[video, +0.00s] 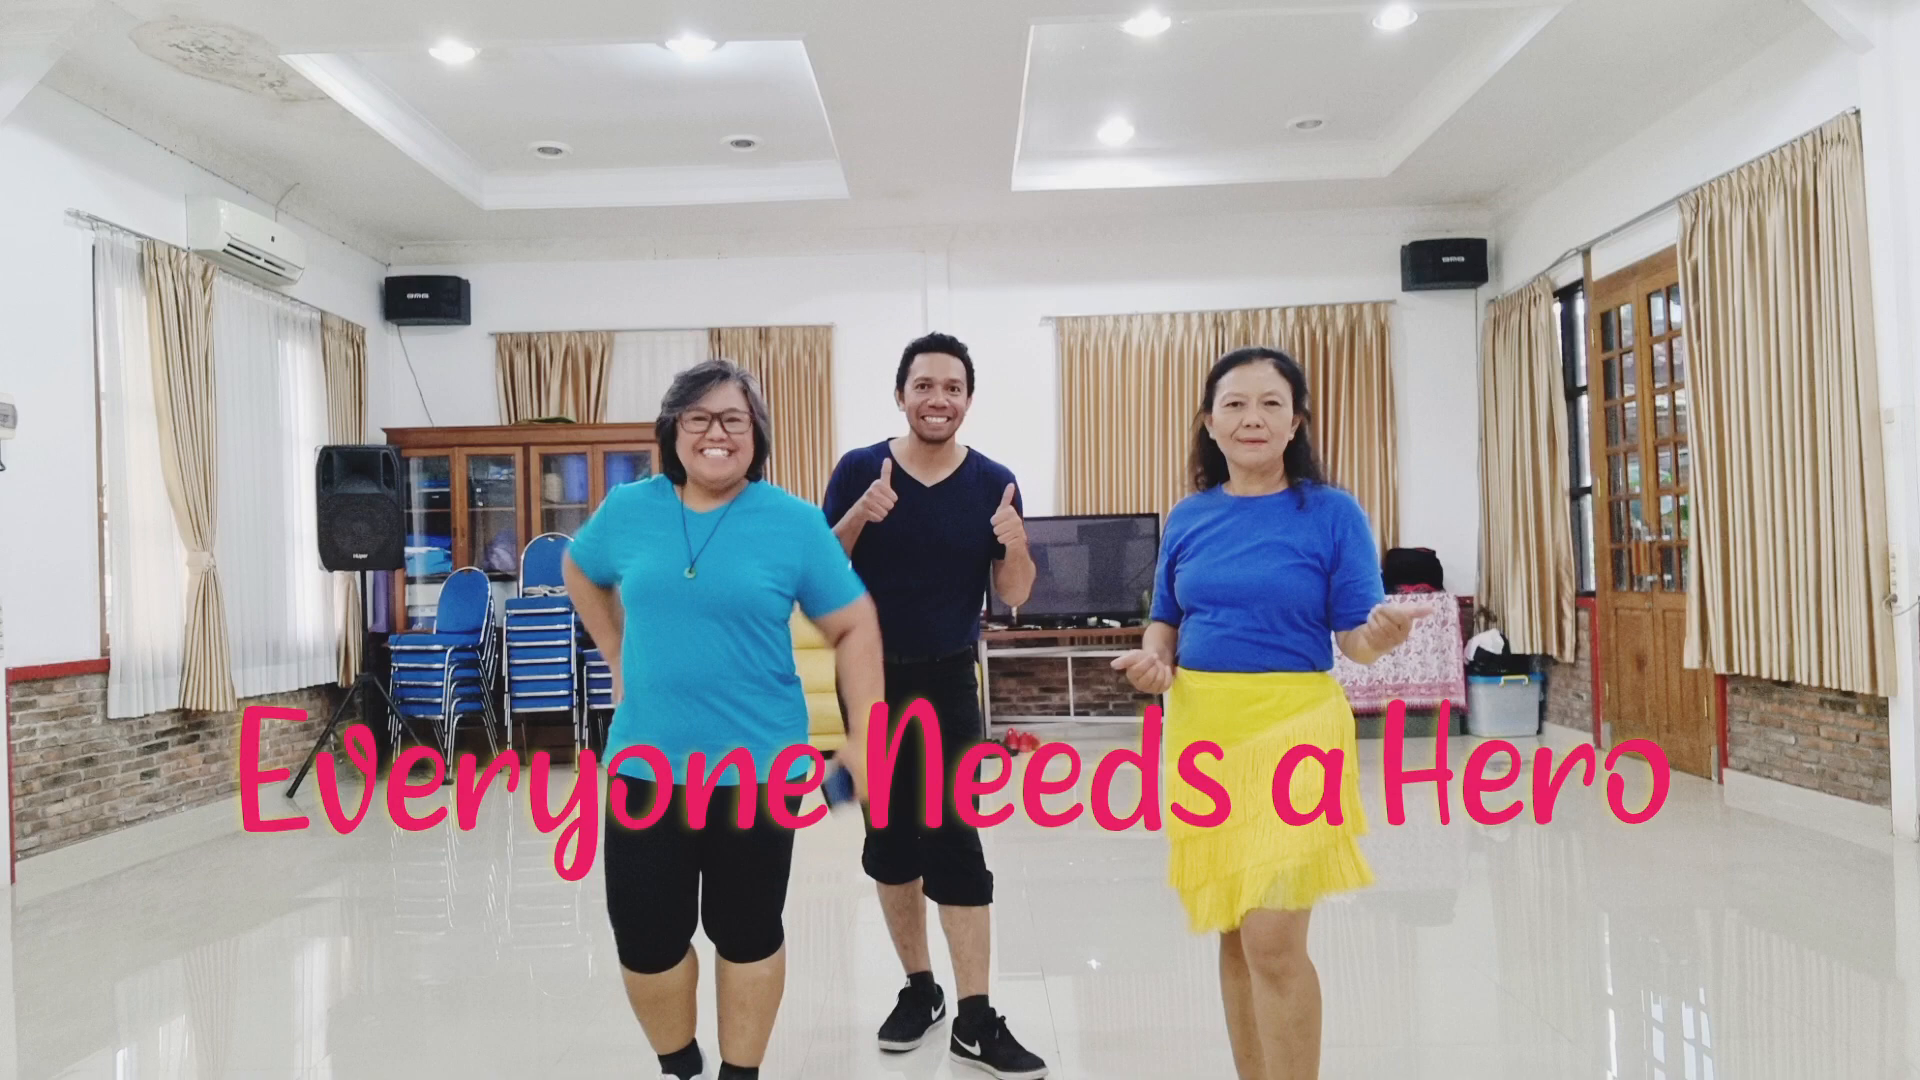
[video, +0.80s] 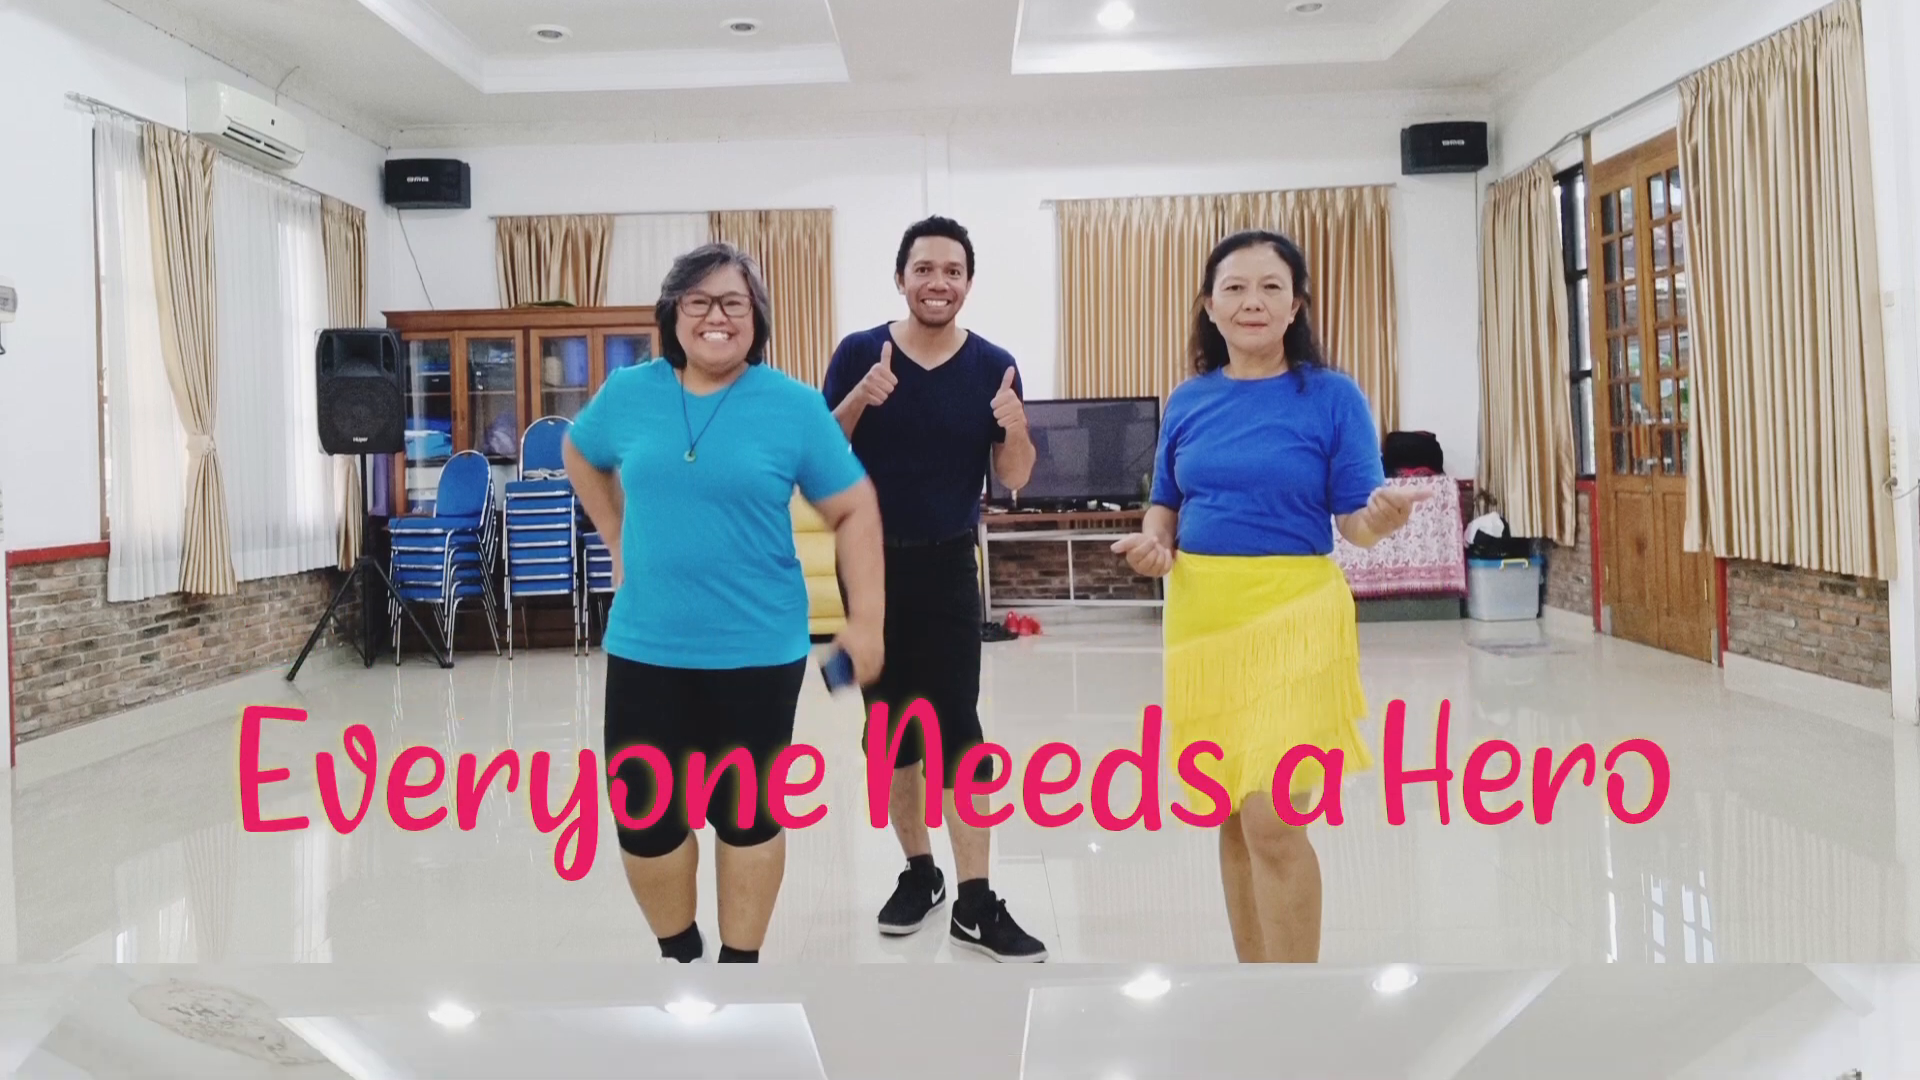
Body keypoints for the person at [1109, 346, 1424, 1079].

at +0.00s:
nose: (1252, 418)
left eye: (1270, 404)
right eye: (1234, 404)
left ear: (1295, 421)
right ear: (1210, 421)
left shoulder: (1333, 512)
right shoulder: (1186, 517)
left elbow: (1356, 643)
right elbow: (1163, 628)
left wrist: (1380, 635)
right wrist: (1151, 660)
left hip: (1297, 723)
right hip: (1204, 724)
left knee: (1272, 941)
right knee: (1237, 941)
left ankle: (1296, 1077)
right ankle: (1254, 1078)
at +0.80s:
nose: (1252, 302)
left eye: (1270, 287)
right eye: (1234, 288)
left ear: (1295, 304)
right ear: (1210, 305)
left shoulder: (1333, 396)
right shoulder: (1186, 401)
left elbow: (1356, 526)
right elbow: (1163, 508)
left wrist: (1380, 516)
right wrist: (1150, 542)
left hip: (1295, 607)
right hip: (1202, 608)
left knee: (1272, 817)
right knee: (1233, 818)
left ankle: (1296, 1004)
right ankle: (1259, 997)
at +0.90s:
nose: (1252, 141)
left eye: (1270, 127)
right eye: (1235, 128)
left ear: (1296, 143)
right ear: (1210, 145)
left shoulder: (1333, 236)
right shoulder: (1186, 241)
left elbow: (1357, 367)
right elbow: (1163, 346)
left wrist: (1381, 357)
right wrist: (1152, 381)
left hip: (1295, 446)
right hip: (1202, 449)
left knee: (1271, 663)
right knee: (1236, 663)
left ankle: (1304, 836)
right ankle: (1255, 830)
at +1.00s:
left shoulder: (1339, 1)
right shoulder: (1183, 3)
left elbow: (1355, 100)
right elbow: (1164, 78)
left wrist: (1384, 93)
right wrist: (1154, 117)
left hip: (1294, 179)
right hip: (1204, 182)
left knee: (1271, 400)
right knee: (1237, 400)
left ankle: (1295, 587)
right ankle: (1257, 577)